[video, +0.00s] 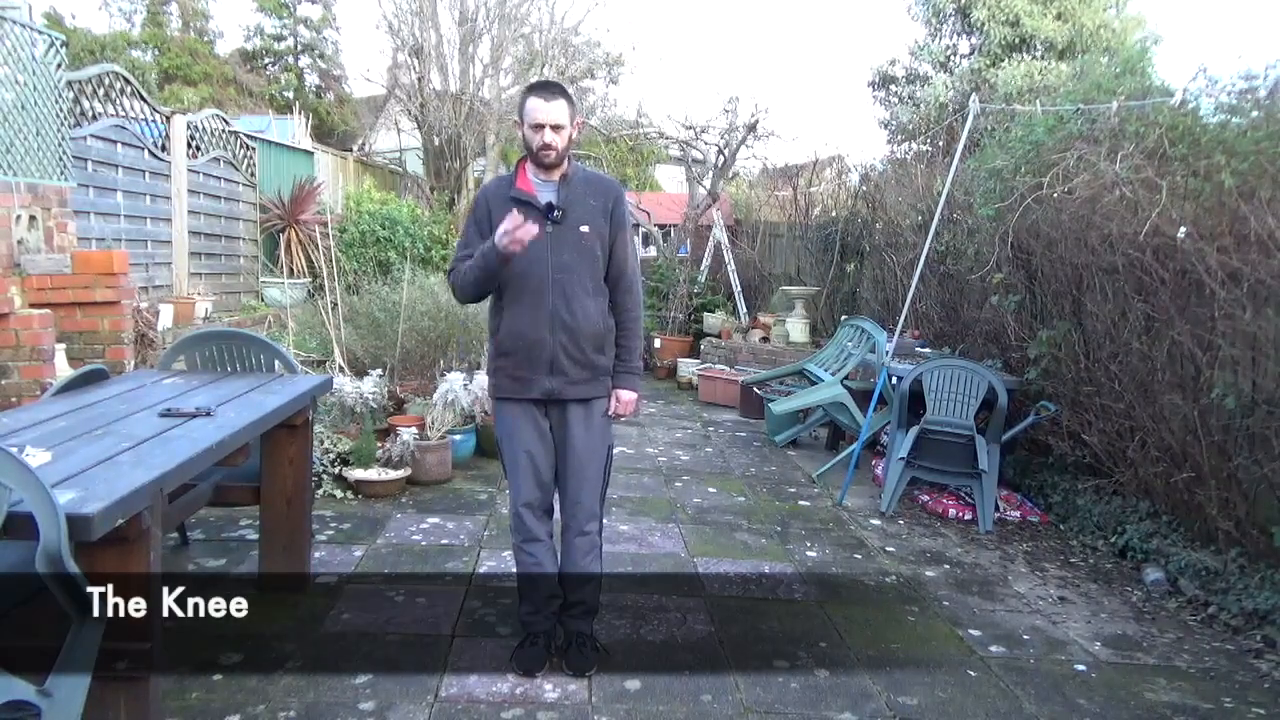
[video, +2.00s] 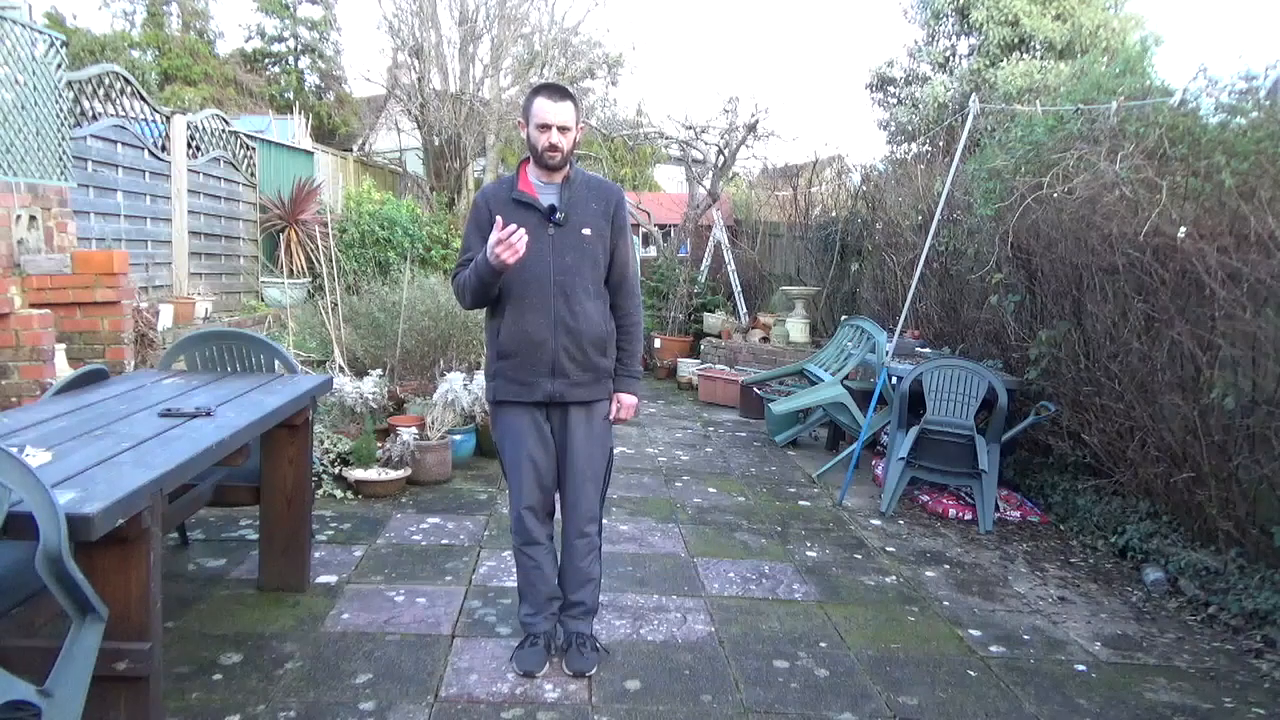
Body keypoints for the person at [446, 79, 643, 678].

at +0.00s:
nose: (547, 138)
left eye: (557, 127)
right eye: (537, 127)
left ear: (574, 129)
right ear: (522, 129)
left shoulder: (605, 194)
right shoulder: (493, 196)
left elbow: (627, 290)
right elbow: (464, 286)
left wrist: (628, 374)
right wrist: (500, 248)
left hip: (589, 376)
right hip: (516, 377)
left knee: (584, 509)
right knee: (529, 506)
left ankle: (579, 631)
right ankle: (535, 632)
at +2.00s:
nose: (554, 138)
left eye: (564, 129)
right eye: (544, 128)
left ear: (578, 132)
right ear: (526, 130)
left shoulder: (607, 198)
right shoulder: (493, 199)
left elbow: (626, 295)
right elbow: (467, 293)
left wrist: (628, 377)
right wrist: (493, 263)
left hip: (591, 380)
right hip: (517, 381)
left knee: (583, 513)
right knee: (528, 513)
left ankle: (580, 627)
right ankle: (536, 629)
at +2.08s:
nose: (553, 138)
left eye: (563, 129)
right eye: (543, 127)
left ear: (578, 132)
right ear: (525, 130)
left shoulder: (607, 198)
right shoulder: (493, 200)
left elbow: (626, 295)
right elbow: (467, 293)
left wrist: (628, 377)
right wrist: (494, 260)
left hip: (591, 380)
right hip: (517, 381)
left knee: (584, 513)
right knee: (528, 512)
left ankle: (580, 627)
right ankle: (536, 628)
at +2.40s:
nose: (547, 139)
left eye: (556, 128)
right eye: (536, 129)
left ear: (573, 130)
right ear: (521, 131)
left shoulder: (606, 197)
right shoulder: (493, 197)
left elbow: (626, 293)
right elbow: (467, 291)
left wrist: (628, 376)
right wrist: (496, 232)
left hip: (590, 380)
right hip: (516, 380)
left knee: (583, 513)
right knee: (528, 513)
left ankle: (580, 627)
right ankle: (536, 629)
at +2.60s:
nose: (543, 138)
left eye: (553, 128)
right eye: (533, 128)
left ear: (571, 130)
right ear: (519, 132)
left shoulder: (605, 197)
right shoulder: (492, 197)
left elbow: (625, 293)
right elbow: (467, 291)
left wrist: (628, 376)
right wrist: (496, 228)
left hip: (590, 378)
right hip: (516, 379)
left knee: (583, 514)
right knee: (529, 514)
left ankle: (579, 627)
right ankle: (535, 629)